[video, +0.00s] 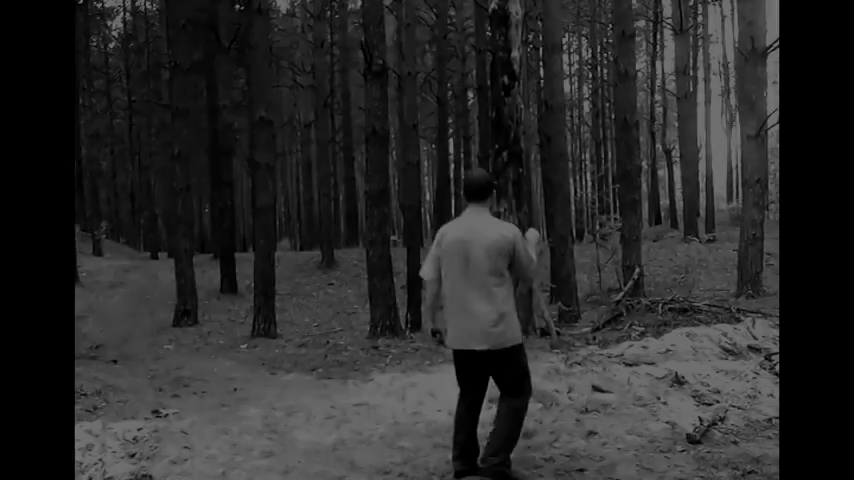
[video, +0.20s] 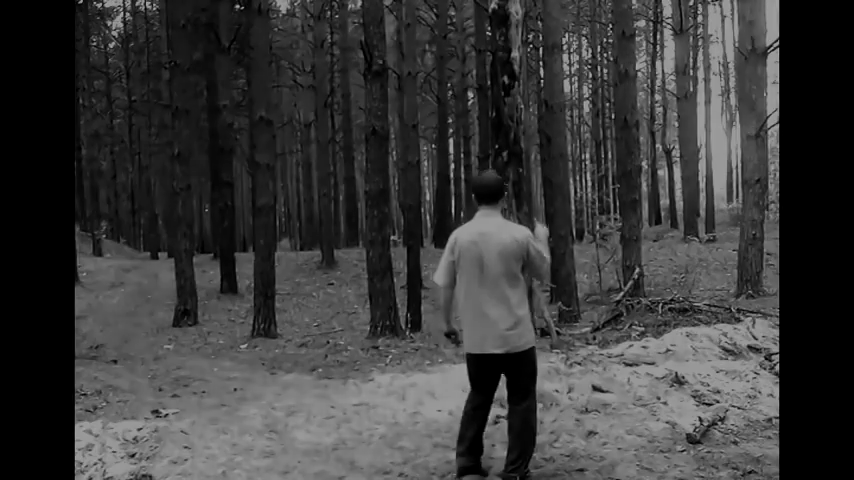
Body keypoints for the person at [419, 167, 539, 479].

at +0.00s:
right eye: (491, 191)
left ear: (464, 195)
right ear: (492, 194)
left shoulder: (445, 234)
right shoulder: (507, 232)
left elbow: (430, 282)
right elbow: (527, 275)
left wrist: (430, 322)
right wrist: (531, 243)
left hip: (461, 335)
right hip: (501, 335)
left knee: (470, 396)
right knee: (517, 393)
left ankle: (463, 463)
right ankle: (495, 461)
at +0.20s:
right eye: (501, 193)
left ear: (474, 197)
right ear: (503, 197)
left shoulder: (459, 237)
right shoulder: (520, 235)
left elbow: (444, 285)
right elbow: (542, 273)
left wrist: (446, 324)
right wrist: (542, 240)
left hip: (477, 337)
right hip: (517, 337)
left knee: (478, 398)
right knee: (522, 403)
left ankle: (467, 465)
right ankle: (517, 468)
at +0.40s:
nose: (517, 197)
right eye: (516, 193)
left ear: (484, 198)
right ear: (514, 197)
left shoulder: (468, 237)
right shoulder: (523, 235)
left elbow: (456, 287)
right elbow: (554, 269)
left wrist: (464, 321)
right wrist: (554, 236)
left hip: (486, 332)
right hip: (521, 333)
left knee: (497, 391)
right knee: (528, 400)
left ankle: (485, 458)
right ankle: (517, 467)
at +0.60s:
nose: (523, 195)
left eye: (518, 191)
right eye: (522, 192)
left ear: (488, 198)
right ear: (518, 196)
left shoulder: (473, 236)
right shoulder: (524, 237)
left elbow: (464, 281)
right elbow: (559, 271)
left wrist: (482, 309)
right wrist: (563, 237)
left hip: (488, 334)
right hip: (520, 336)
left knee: (501, 394)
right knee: (529, 401)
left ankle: (489, 458)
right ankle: (517, 468)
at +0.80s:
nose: (519, 199)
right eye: (518, 195)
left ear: (488, 201)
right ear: (517, 200)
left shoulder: (476, 237)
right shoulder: (516, 239)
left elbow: (471, 283)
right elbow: (561, 259)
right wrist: (572, 223)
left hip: (489, 334)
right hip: (517, 336)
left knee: (501, 386)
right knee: (531, 400)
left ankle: (489, 448)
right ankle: (516, 469)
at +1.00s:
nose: (520, 209)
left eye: (517, 205)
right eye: (519, 206)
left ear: (488, 212)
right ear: (516, 211)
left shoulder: (479, 244)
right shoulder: (510, 248)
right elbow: (556, 258)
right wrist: (555, 216)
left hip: (482, 339)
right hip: (509, 342)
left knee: (485, 381)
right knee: (531, 400)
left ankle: (467, 434)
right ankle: (515, 469)